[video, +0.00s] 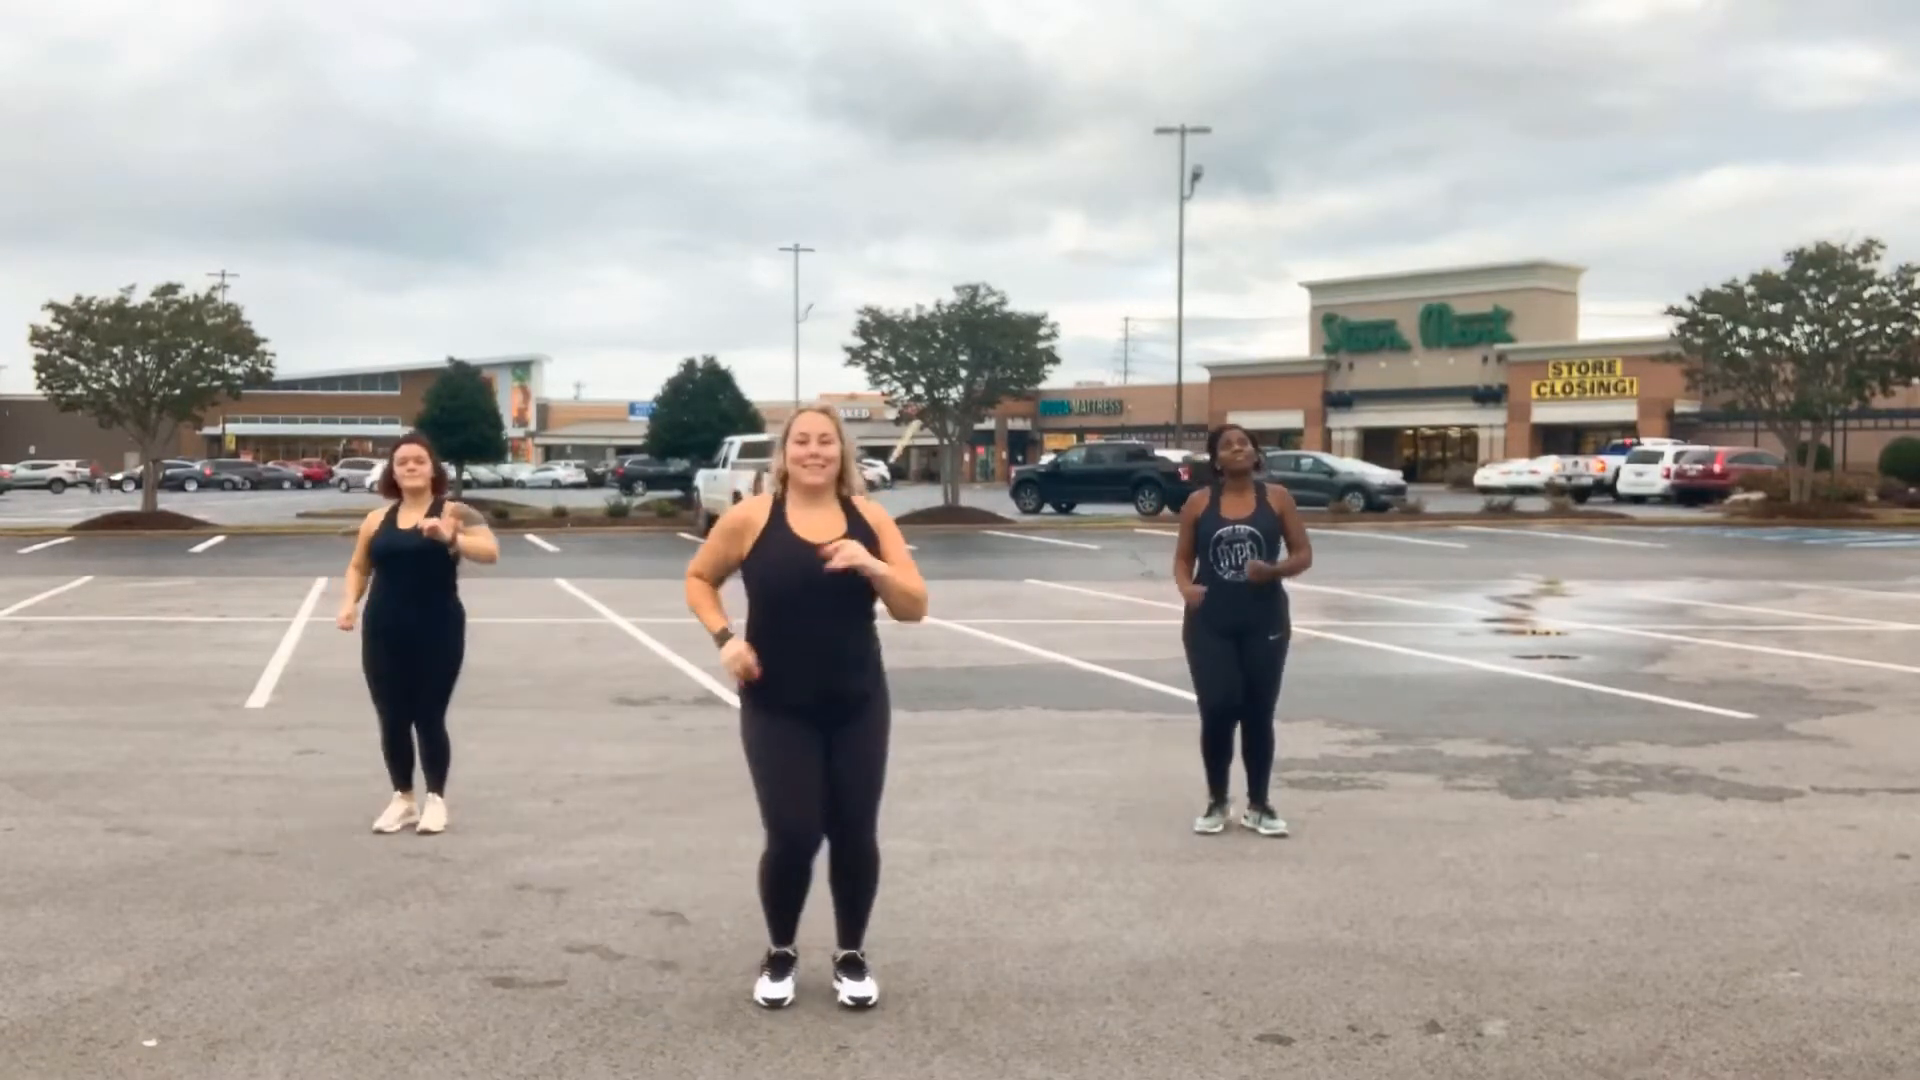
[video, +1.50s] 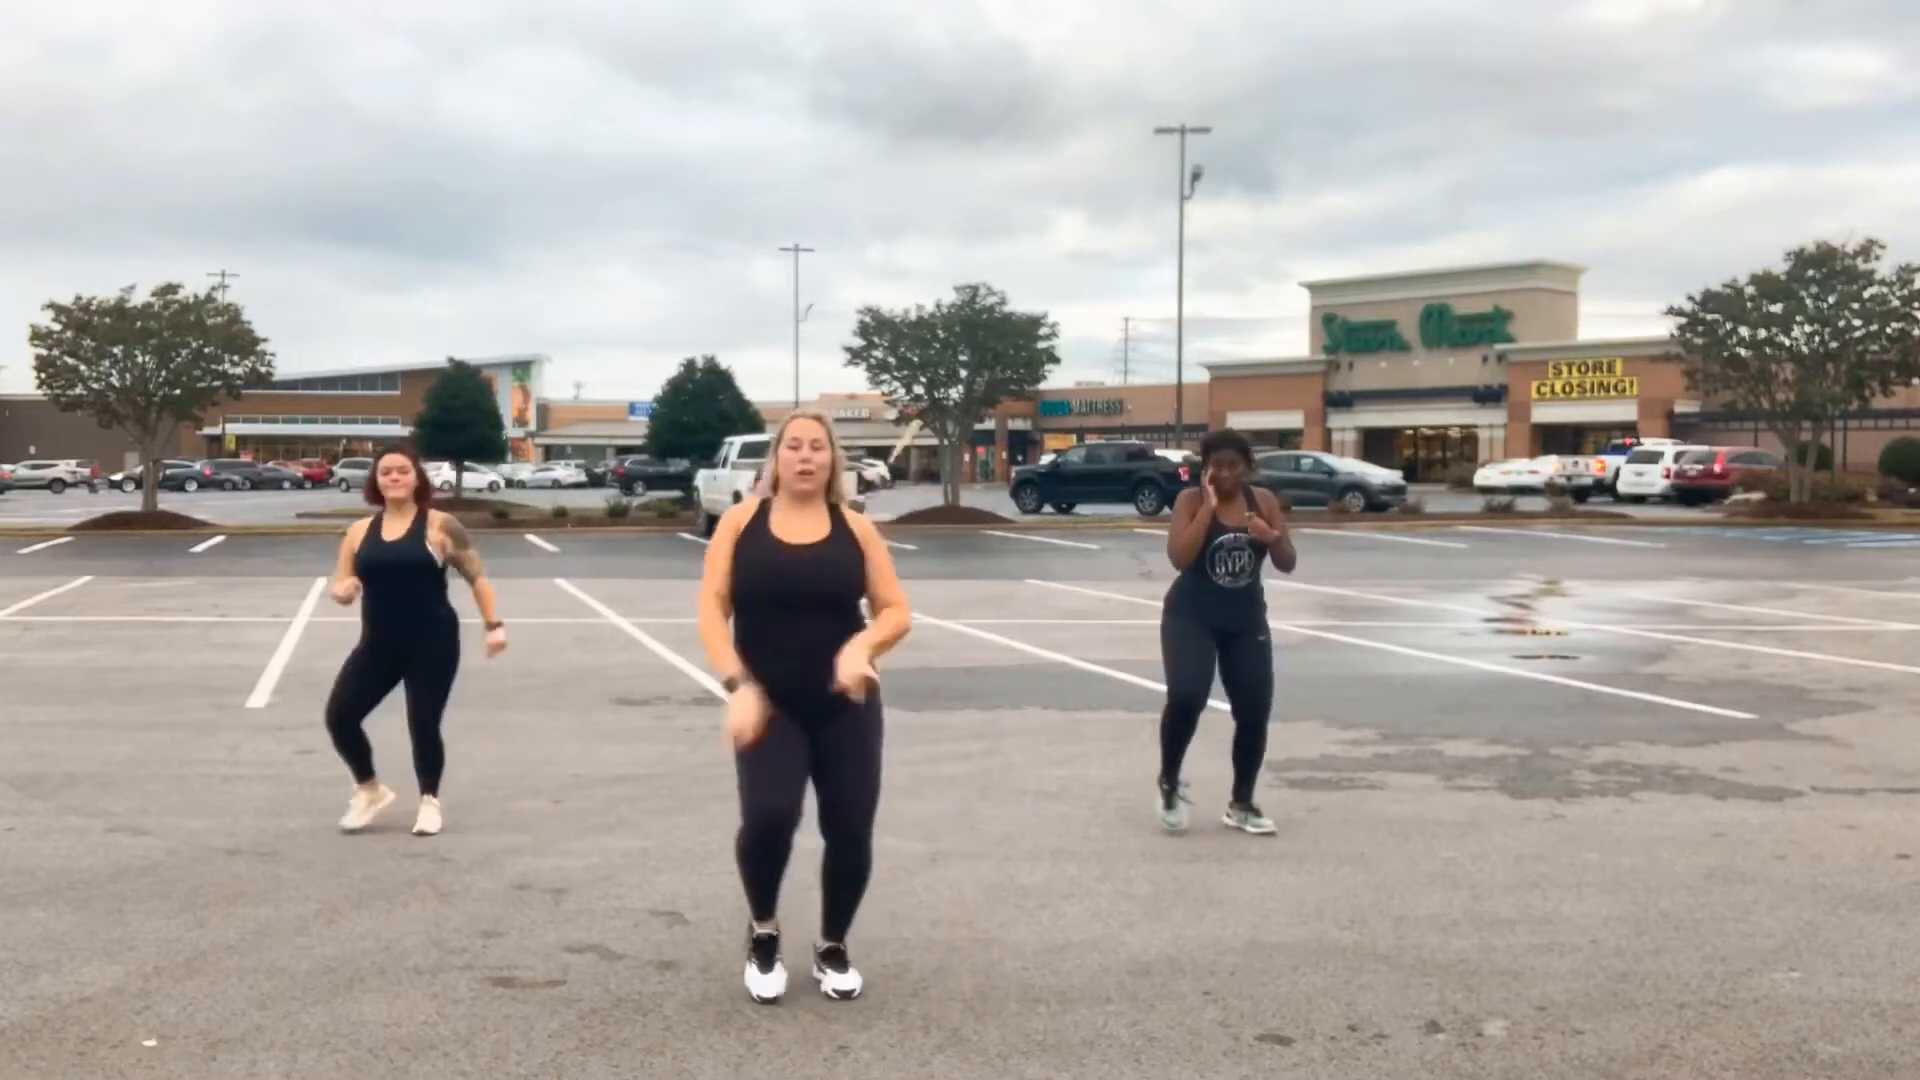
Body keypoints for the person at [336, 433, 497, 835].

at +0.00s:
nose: (411, 468)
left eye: (419, 461)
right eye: (403, 462)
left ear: (434, 469)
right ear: (392, 472)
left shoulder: (456, 514)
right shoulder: (377, 520)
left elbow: (490, 551)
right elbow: (358, 567)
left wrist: (455, 537)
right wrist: (350, 603)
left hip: (437, 631)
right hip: (383, 631)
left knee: (428, 716)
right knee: (392, 718)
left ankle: (435, 799)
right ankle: (403, 798)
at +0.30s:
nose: (420, 474)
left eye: (427, 468)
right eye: (412, 469)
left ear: (441, 476)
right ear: (400, 479)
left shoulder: (462, 526)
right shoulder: (378, 529)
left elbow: (482, 577)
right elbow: (364, 583)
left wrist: (483, 618)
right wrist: (359, 632)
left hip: (453, 642)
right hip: (397, 644)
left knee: (468, 715)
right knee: (402, 725)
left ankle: (481, 788)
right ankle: (405, 800)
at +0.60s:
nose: (434, 477)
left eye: (442, 470)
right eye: (426, 471)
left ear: (457, 478)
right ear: (415, 481)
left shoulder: (480, 516)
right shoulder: (400, 527)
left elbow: (529, 535)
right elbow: (355, 567)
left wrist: (538, 583)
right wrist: (389, 542)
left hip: (487, 637)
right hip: (438, 646)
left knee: (510, 716)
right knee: (417, 730)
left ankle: (542, 793)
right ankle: (409, 801)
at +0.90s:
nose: (421, 477)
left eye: (429, 470)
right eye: (412, 471)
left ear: (444, 476)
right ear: (402, 480)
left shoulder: (462, 524)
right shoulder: (384, 527)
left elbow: (479, 579)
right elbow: (357, 574)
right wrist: (357, 580)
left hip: (460, 639)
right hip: (404, 640)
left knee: (486, 720)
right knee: (402, 726)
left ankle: (532, 792)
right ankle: (406, 801)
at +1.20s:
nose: (405, 470)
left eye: (414, 463)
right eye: (397, 464)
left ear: (429, 472)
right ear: (386, 474)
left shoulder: (448, 514)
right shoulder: (365, 521)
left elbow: (470, 538)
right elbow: (333, 562)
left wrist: (434, 532)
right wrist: (343, 600)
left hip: (441, 630)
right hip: (387, 631)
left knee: (420, 714)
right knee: (394, 718)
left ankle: (426, 799)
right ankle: (403, 798)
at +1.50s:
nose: (395, 478)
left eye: (402, 471)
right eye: (387, 472)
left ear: (418, 478)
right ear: (376, 481)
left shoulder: (440, 525)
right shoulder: (359, 531)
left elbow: (475, 575)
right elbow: (341, 586)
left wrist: (493, 624)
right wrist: (345, 590)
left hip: (431, 643)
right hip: (380, 644)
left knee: (423, 724)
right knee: (340, 715)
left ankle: (429, 801)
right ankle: (370, 790)